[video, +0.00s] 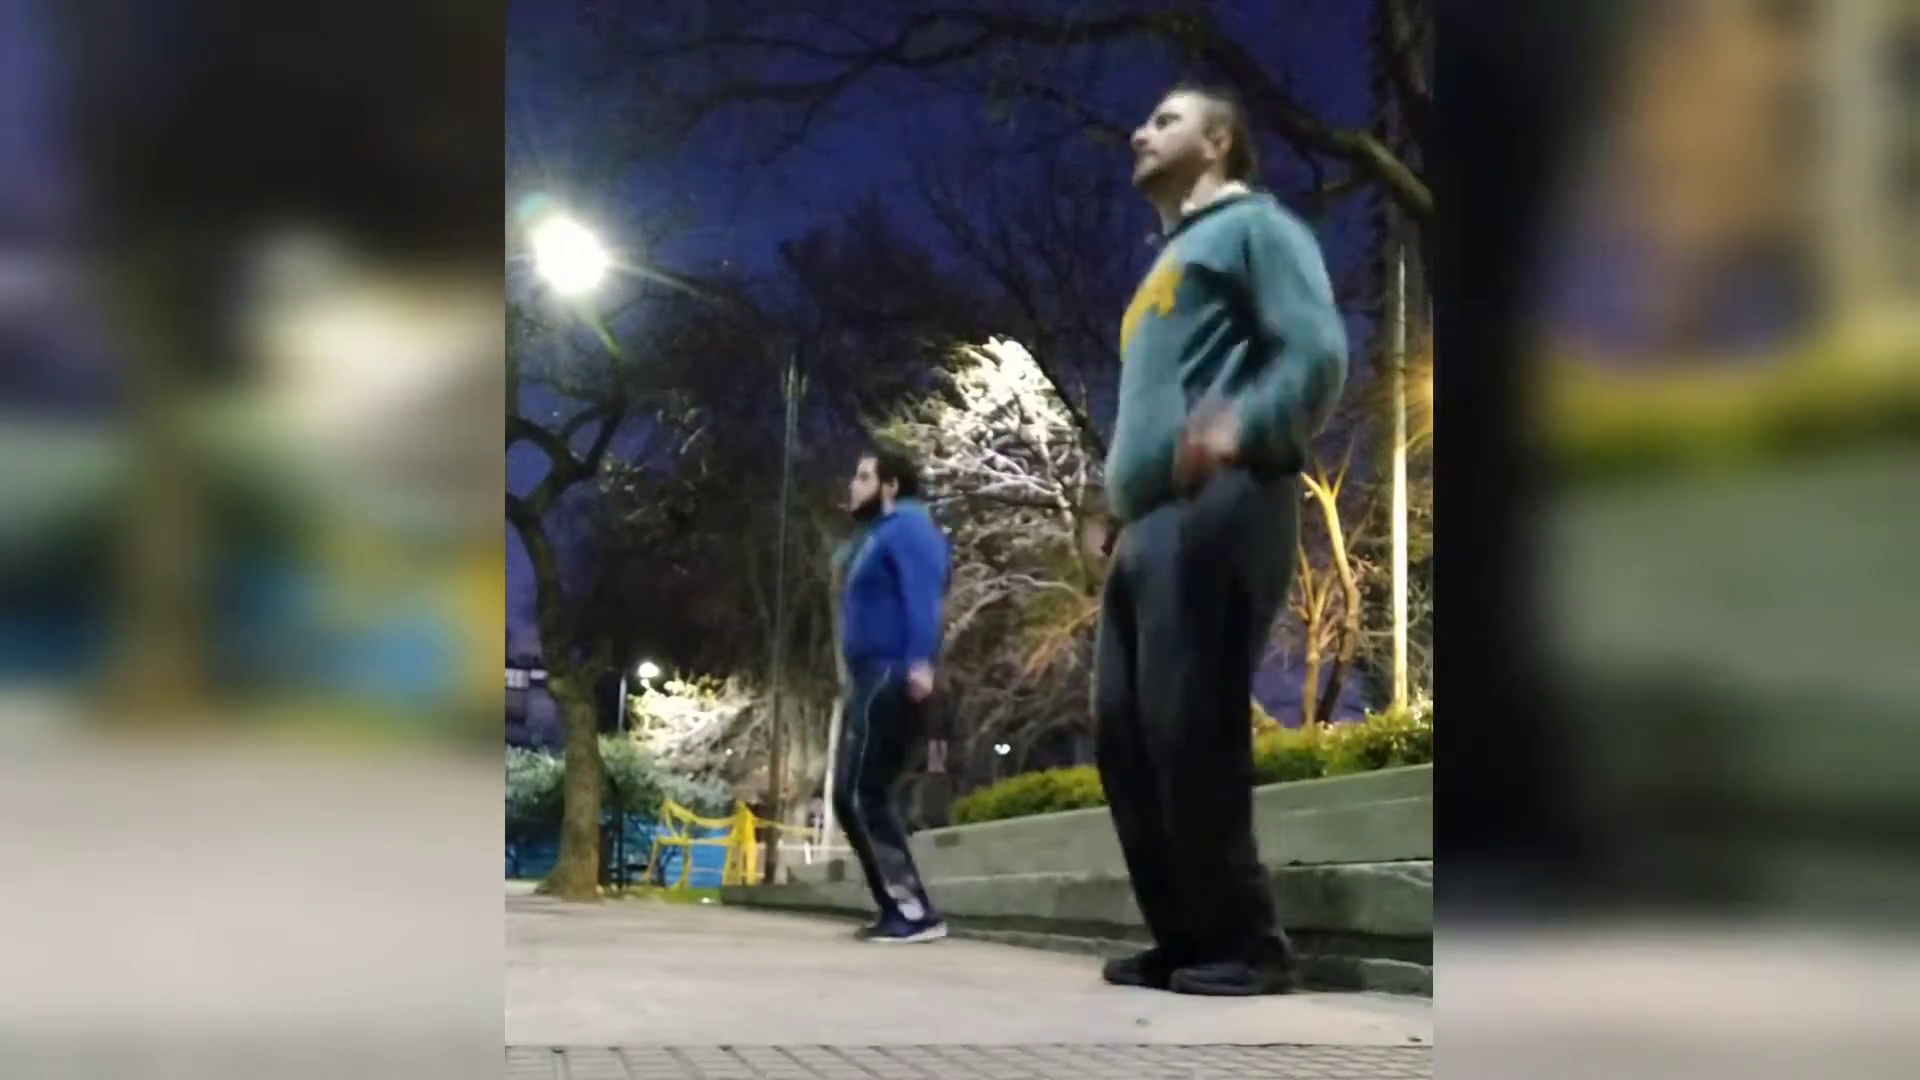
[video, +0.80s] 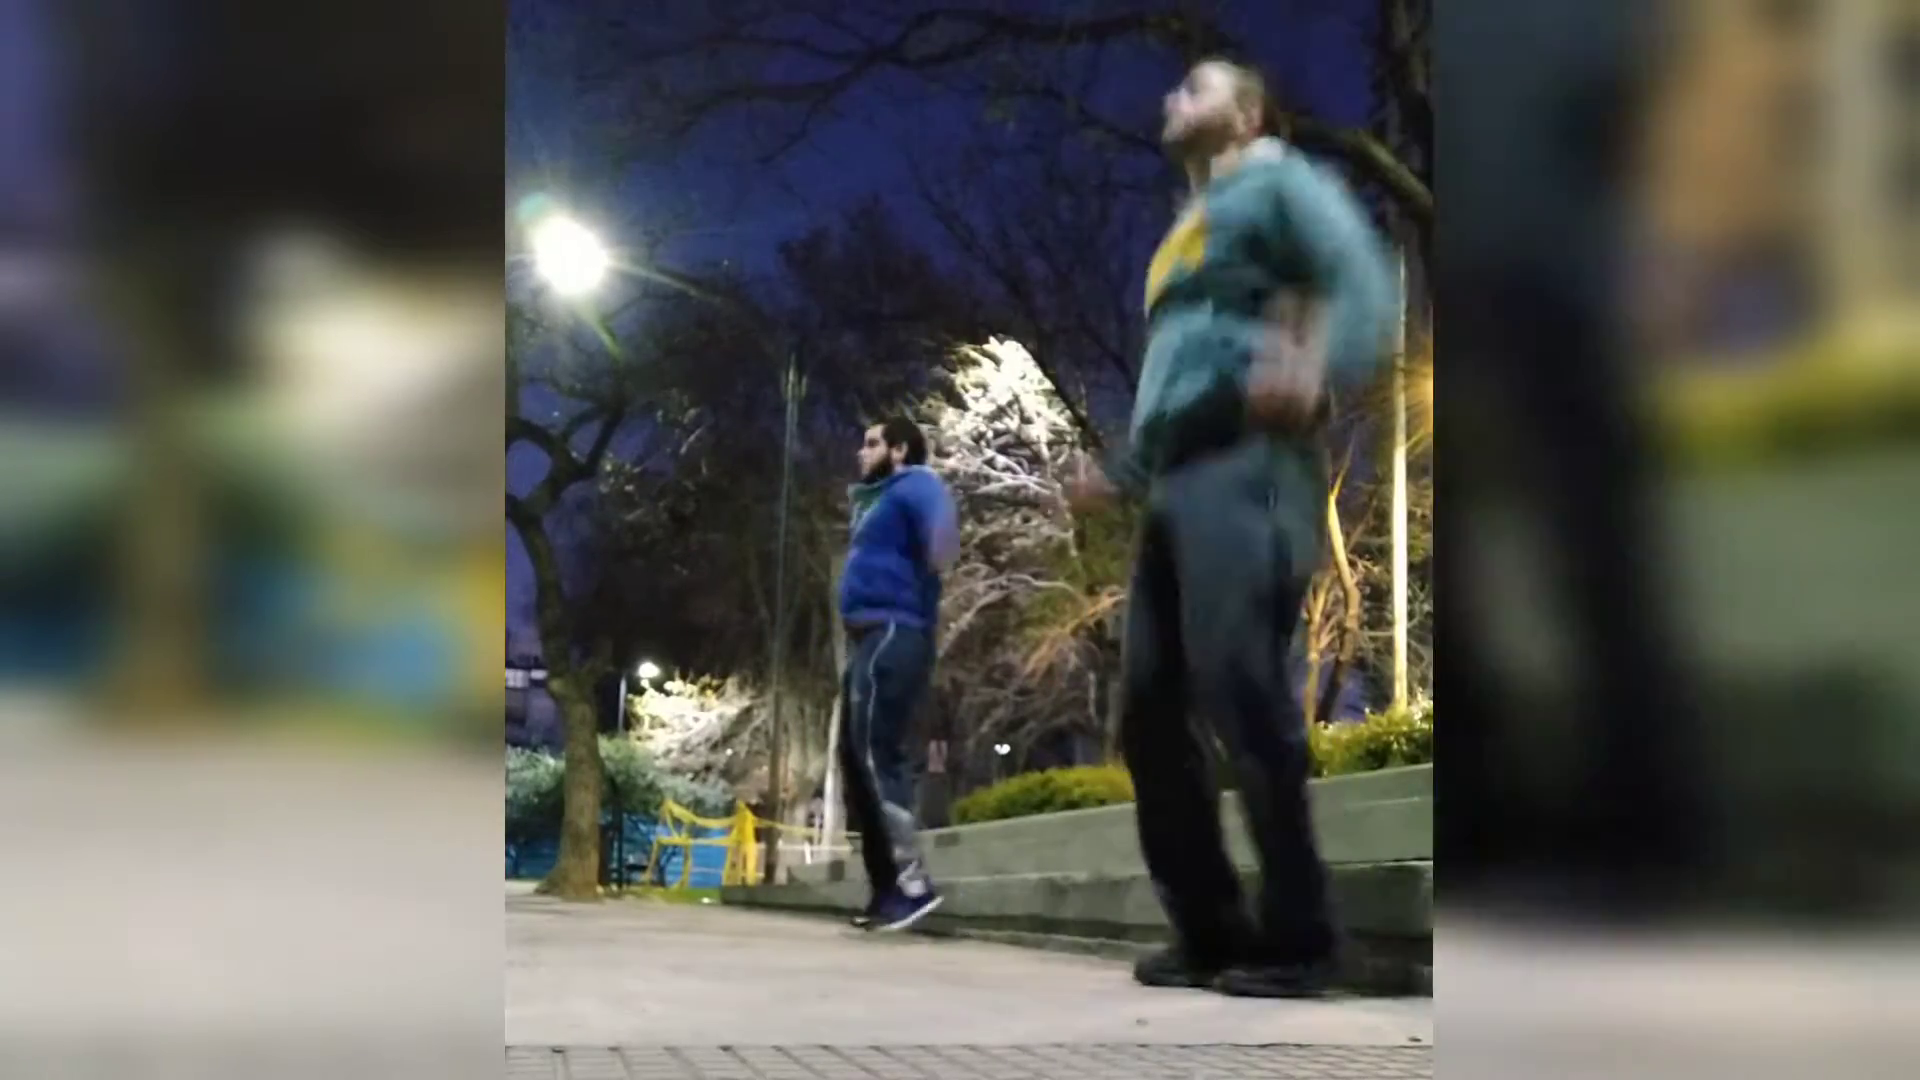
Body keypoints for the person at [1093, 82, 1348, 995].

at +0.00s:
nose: (1141, 133)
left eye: (1165, 119)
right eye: (1143, 122)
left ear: (1217, 141)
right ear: (1169, 153)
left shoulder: (1256, 224)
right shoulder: (1170, 255)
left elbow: (1317, 350)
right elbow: (1159, 395)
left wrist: (1242, 421)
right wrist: (1127, 511)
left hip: (1217, 508)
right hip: (1150, 520)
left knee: (1189, 724)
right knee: (1122, 732)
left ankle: (1245, 945)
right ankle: (1184, 938)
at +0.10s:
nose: (1151, 97)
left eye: (1173, 82)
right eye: (1154, 85)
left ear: (1227, 101)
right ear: (1180, 115)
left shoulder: (1268, 176)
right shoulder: (1177, 218)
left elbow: (1320, 286)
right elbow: (1165, 357)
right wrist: (1135, 459)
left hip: (1224, 461)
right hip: (1159, 478)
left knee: (1211, 694)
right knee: (1141, 702)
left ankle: (1248, 939)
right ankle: (1182, 932)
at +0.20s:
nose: (1164, 75)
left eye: (1189, 60)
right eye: (1165, 64)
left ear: (1245, 81)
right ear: (1181, 101)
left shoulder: (1269, 161)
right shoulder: (1174, 215)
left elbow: (1329, 83)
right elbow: (1140, 332)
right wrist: (1049, 283)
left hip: (1232, 427)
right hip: (1161, 449)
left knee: (1252, 665)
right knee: (1149, 685)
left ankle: (1314, 904)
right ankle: (1154, 907)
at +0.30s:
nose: (1171, 92)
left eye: (1192, 80)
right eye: (1171, 83)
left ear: (1246, 99)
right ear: (1179, 111)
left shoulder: (1264, 167)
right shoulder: (1166, 234)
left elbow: (1319, 45)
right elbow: (1125, 272)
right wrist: (1087, 183)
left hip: (1234, 444)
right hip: (1159, 471)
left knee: (1260, 678)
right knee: (1140, 715)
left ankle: (1369, 924)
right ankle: (1147, 910)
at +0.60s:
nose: (1174, 83)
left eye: (1198, 72)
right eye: (1176, 74)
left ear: (1250, 94)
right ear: (1185, 108)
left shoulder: (1272, 154)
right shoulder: (1181, 228)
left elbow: (1353, 72)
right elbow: (1131, 296)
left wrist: (1353, 2)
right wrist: (1052, 263)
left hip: (1251, 438)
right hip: (1180, 463)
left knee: (1273, 676)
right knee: (1150, 690)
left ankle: (1361, 928)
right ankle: (1147, 908)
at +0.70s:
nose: (1172, 79)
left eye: (1194, 64)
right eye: (1173, 69)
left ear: (1250, 87)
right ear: (1187, 100)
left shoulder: (1260, 150)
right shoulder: (1180, 211)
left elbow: (1314, 154)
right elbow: (1155, 356)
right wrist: (1050, 372)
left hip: (1250, 432)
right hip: (1180, 452)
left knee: (1258, 669)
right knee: (1147, 685)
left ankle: (1322, 913)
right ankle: (1182, 909)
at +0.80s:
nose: (1178, 95)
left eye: (1200, 84)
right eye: (1178, 87)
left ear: (1250, 112)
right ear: (1182, 122)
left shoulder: (1279, 177)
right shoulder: (1185, 229)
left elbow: (1366, 277)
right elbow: (1180, 376)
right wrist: (1119, 471)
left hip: (1244, 469)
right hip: (1174, 483)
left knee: (1241, 693)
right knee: (1149, 715)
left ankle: (1300, 943)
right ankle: (1210, 937)